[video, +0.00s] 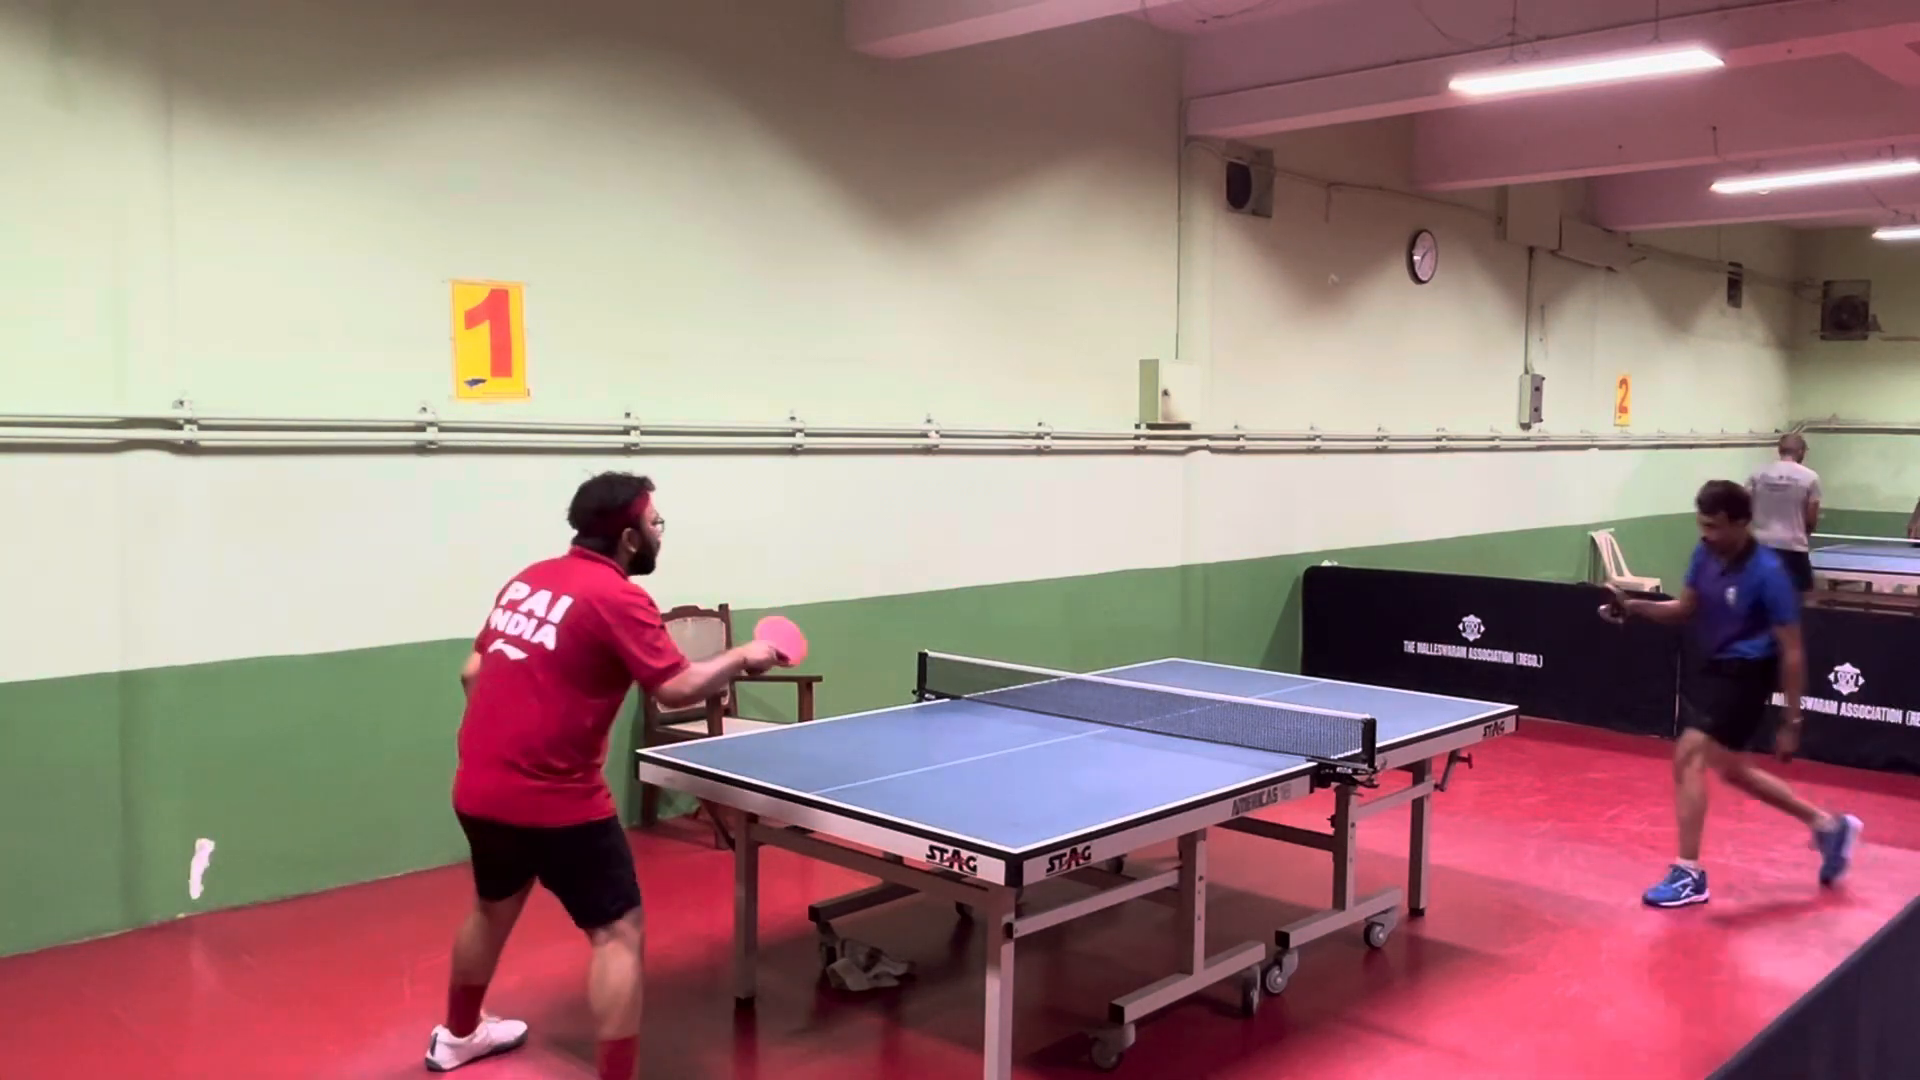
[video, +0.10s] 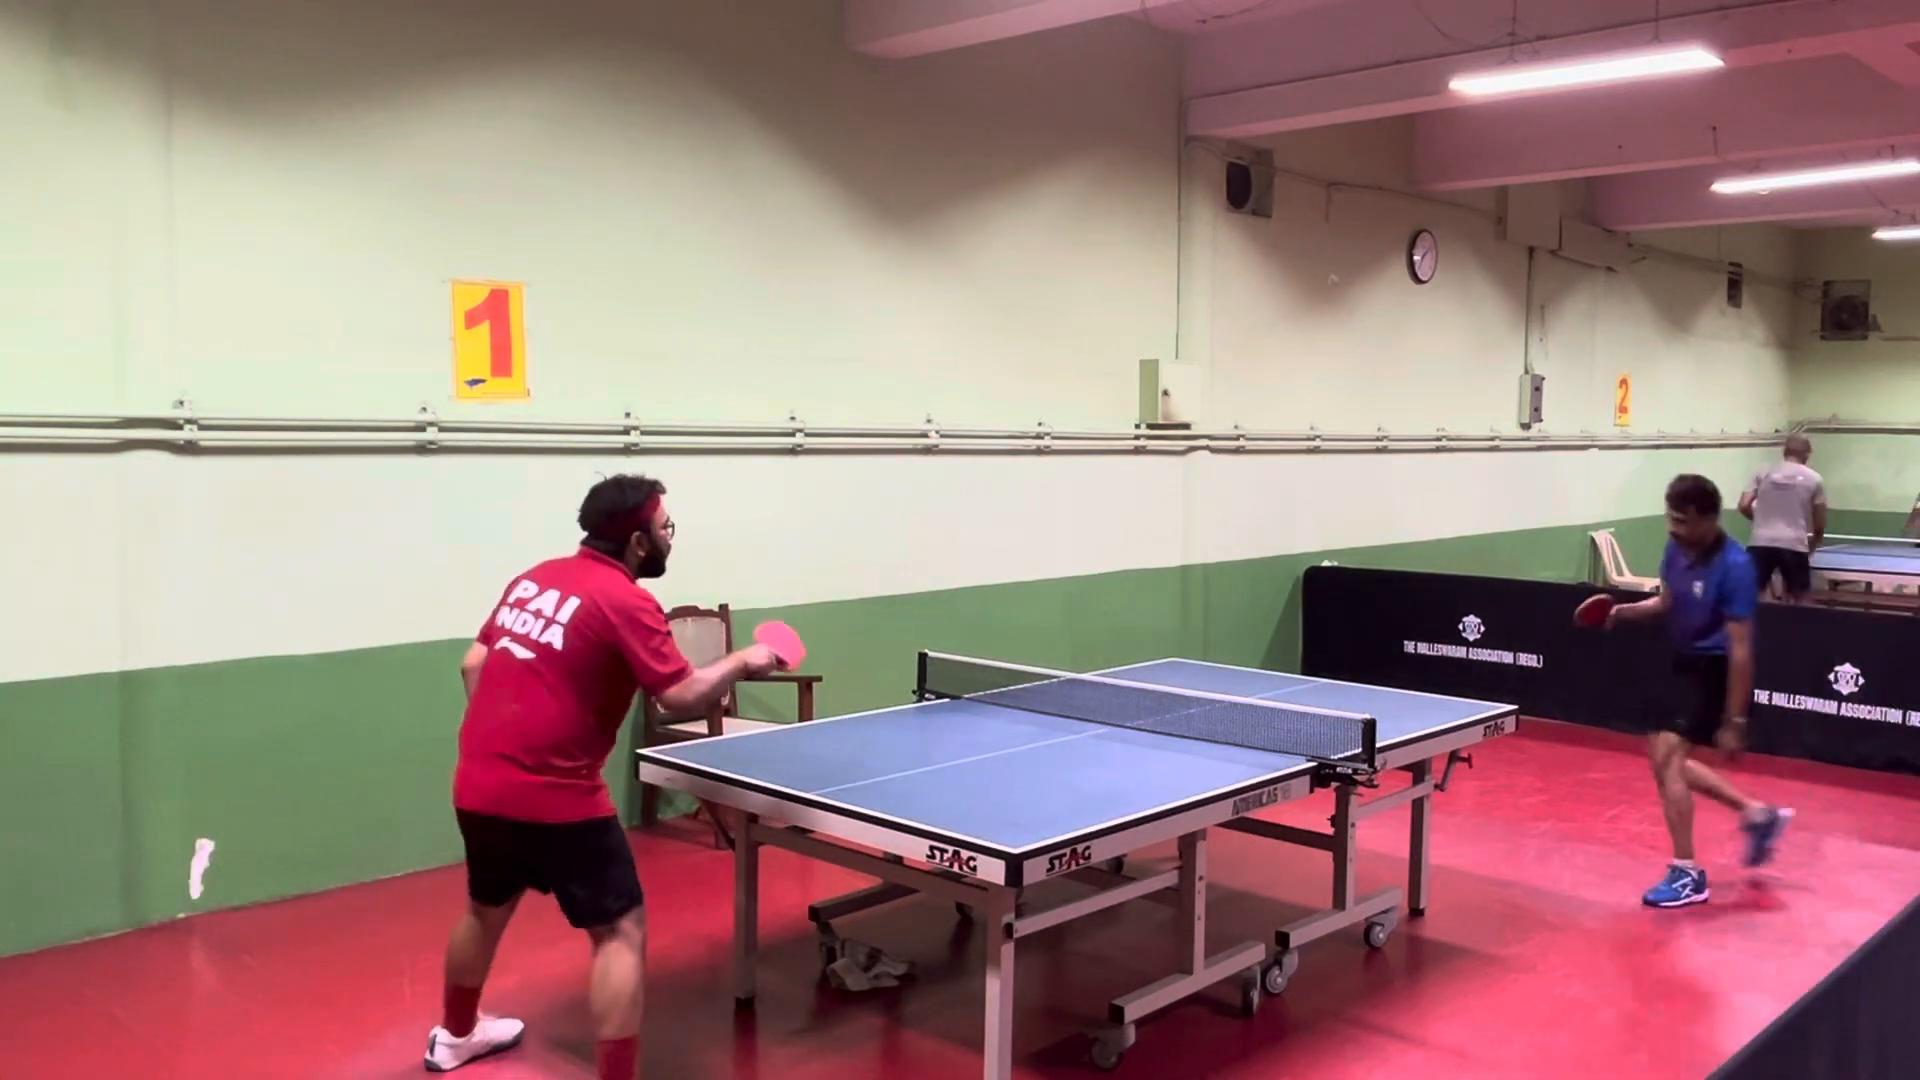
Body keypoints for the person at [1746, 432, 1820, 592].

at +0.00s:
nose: (1804, 455)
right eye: (1804, 451)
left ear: (1779, 451)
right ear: (1802, 452)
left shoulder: (1759, 473)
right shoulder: (1810, 477)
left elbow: (1746, 505)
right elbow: (1811, 518)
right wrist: (1804, 533)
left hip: (1761, 542)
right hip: (1792, 544)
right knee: (1795, 599)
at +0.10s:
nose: (1808, 456)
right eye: (1808, 453)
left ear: (1784, 451)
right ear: (1806, 454)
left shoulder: (1764, 472)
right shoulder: (1814, 479)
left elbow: (1744, 505)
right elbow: (1819, 524)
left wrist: (1761, 520)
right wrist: (1812, 546)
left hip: (1761, 544)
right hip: (1794, 546)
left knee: (1749, 598)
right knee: (1799, 600)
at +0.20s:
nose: (1815, 460)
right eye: (1814, 457)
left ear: (1792, 455)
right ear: (1813, 457)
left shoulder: (1772, 472)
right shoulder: (1819, 482)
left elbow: (1750, 504)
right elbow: (1829, 520)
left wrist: (1765, 520)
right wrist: (1831, 545)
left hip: (1763, 543)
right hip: (1796, 546)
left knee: (1756, 597)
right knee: (1801, 600)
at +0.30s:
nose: (1822, 462)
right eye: (1822, 459)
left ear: (1799, 456)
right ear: (1820, 460)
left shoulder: (1777, 471)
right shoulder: (1826, 485)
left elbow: (1758, 503)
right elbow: (1837, 526)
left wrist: (1770, 521)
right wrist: (1844, 551)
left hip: (1768, 542)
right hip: (1801, 547)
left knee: (1757, 595)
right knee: (1805, 601)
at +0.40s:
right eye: (1824, 462)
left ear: (1805, 458)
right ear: (1825, 463)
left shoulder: (1783, 471)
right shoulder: (1831, 487)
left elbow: (1765, 502)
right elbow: (1840, 527)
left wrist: (1774, 524)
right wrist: (1849, 557)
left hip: (1773, 542)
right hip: (1806, 548)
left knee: (1760, 595)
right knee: (1808, 601)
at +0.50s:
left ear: (1806, 459)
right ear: (1827, 464)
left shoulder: (1785, 471)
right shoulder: (1834, 487)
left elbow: (1768, 502)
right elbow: (1841, 530)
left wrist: (1776, 522)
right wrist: (1847, 562)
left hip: (1777, 540)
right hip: (1810, 546)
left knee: (1764, 593)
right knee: (1812, 600)